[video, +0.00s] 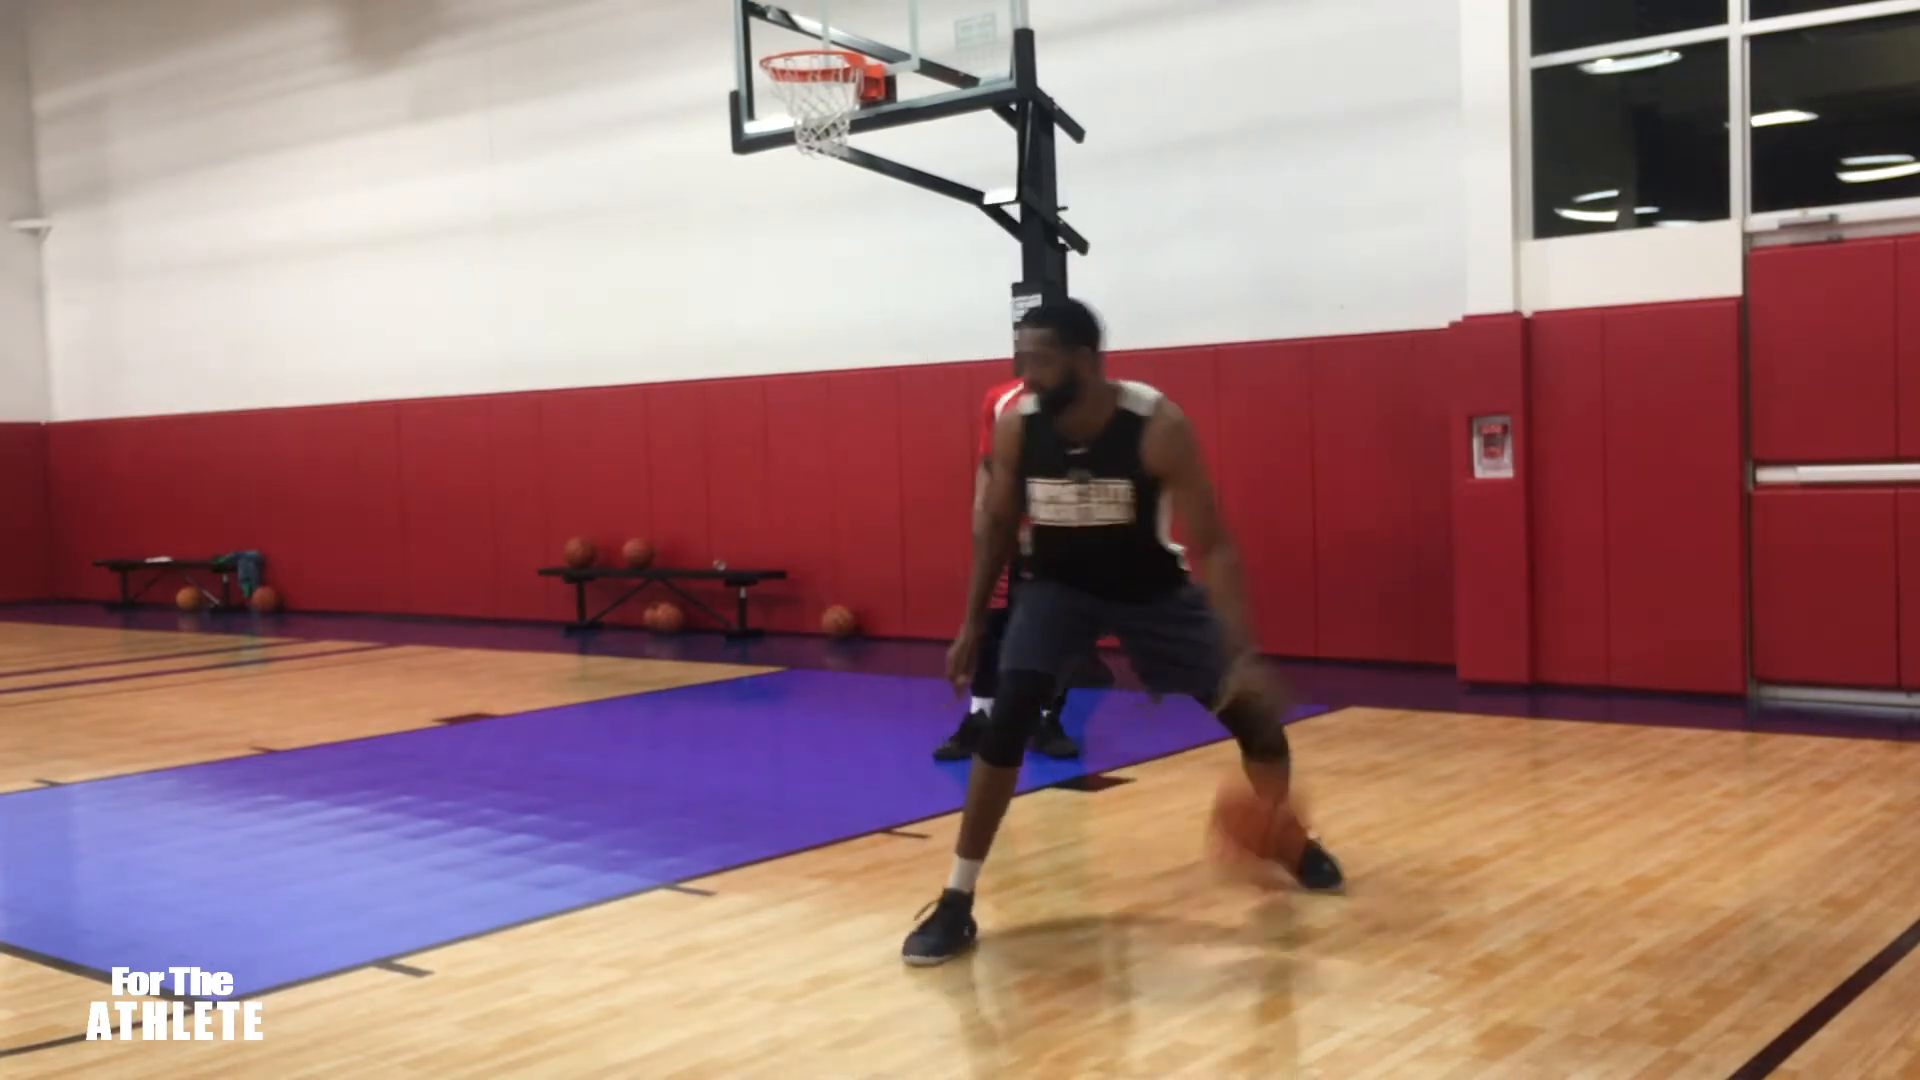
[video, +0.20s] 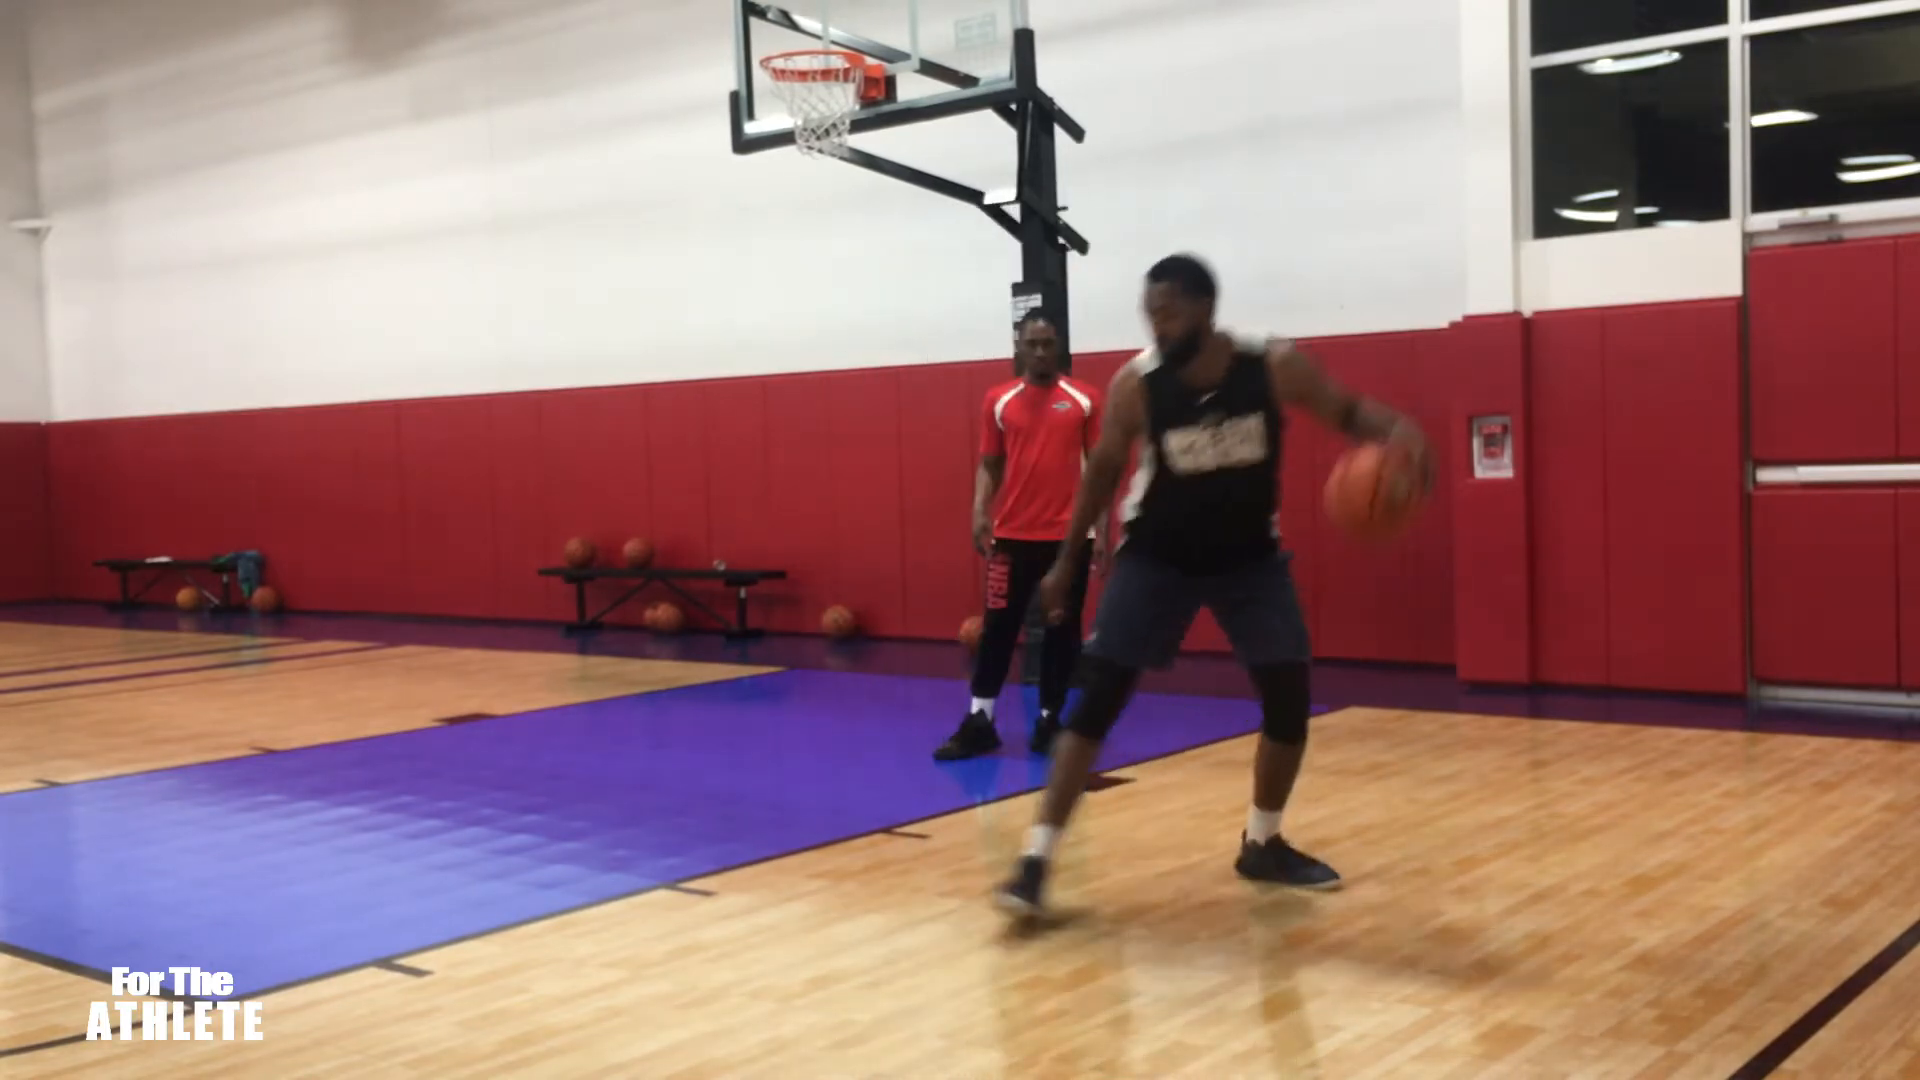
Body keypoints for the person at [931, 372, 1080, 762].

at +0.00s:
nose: (1022, 355)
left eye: (1035, 346)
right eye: (1018, 343)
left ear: (1070, 347)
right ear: (1014, 345)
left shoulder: (1087, 400)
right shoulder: (1001, 401)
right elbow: (988, 467)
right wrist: (986, 519)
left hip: (1070, 536)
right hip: (1015, 532)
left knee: (1062, 616)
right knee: (995, 614)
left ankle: (1049, 714)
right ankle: (981, 710)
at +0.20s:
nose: (1041, 352)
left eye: (1048, 343)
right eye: (1033, 344)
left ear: (1060, 348)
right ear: (1018, 349)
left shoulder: (1082, 400)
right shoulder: (999, 401)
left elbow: (1097, 467)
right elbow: (990, 464)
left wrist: (1101, 527)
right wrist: (979, 514)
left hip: (1067, 535)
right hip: (1012, 535)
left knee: (1062, 630)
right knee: (998, 626)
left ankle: (1049, 721)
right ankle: (979, 718)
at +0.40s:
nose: (1042, 351)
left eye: (1048, 343)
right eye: (1034, 344)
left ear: (1061, 348)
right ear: (1019, 349)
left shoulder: (1083, 400)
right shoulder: (999, 402)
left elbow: (1099, 466)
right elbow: (989, 464)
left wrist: (1100, 534)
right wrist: (979, 514)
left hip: (1067, 538)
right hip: (1012, 537)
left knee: (1063, 633)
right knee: (999, 628)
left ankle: (1049, 723)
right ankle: (979, 719)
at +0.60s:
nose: (1043, 352)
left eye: (1049, 343)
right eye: (1034, 344)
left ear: (1061, 348)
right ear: (1018, 348)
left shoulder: (1083, 399)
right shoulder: (998, 401)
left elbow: (1098, 467)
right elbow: (988, 463)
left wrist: (1101, 533)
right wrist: (978, 513)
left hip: (1067, 538)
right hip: (1011, 537)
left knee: (1062, 631)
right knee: (998, 627)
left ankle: (1049, 723)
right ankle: (979, 719)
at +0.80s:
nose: (1043, 351)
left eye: (1049, 343)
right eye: (1034, 343)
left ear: (1060, 348)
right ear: (1018, 348)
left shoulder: (1081, 400)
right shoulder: (998, 401)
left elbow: (1098, 467)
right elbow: (987, 463)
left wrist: (1101, 533)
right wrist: (977, 513)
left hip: (1067, 537)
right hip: (1011, 536)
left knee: (1062, 631)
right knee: (998, 627)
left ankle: (1049, 723)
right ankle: (979, 720)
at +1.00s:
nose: (1042, 351)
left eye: (1049, 343)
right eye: (1034, 343)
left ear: (1060, 347)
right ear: (1016, 347)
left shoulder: (1082, 400)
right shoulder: (996, 401)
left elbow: (1097, 467)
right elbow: (987, 464)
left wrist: (1100, 533)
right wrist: (977, 513)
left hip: (1066, 537)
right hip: (1011, 537)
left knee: (1062, 632)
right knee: (997, 628)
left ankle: (1049, 723)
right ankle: (978, 720)